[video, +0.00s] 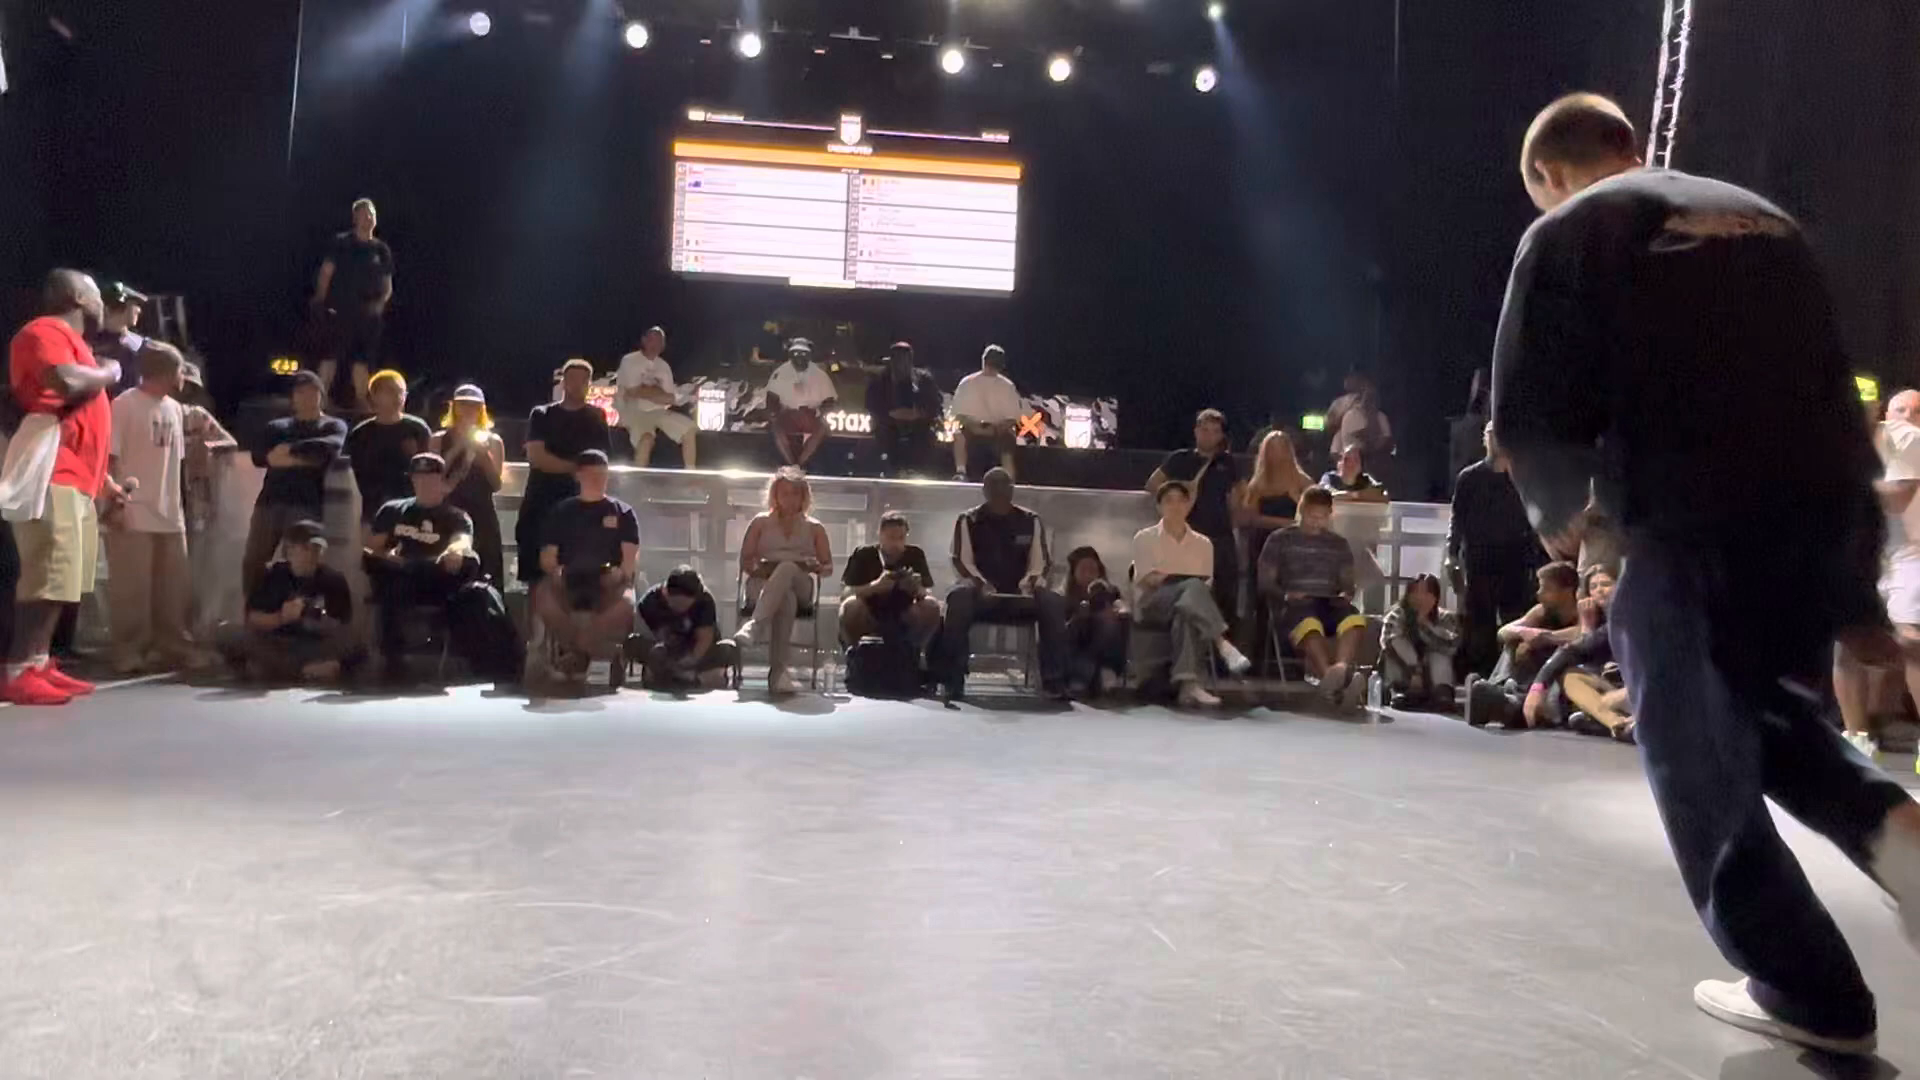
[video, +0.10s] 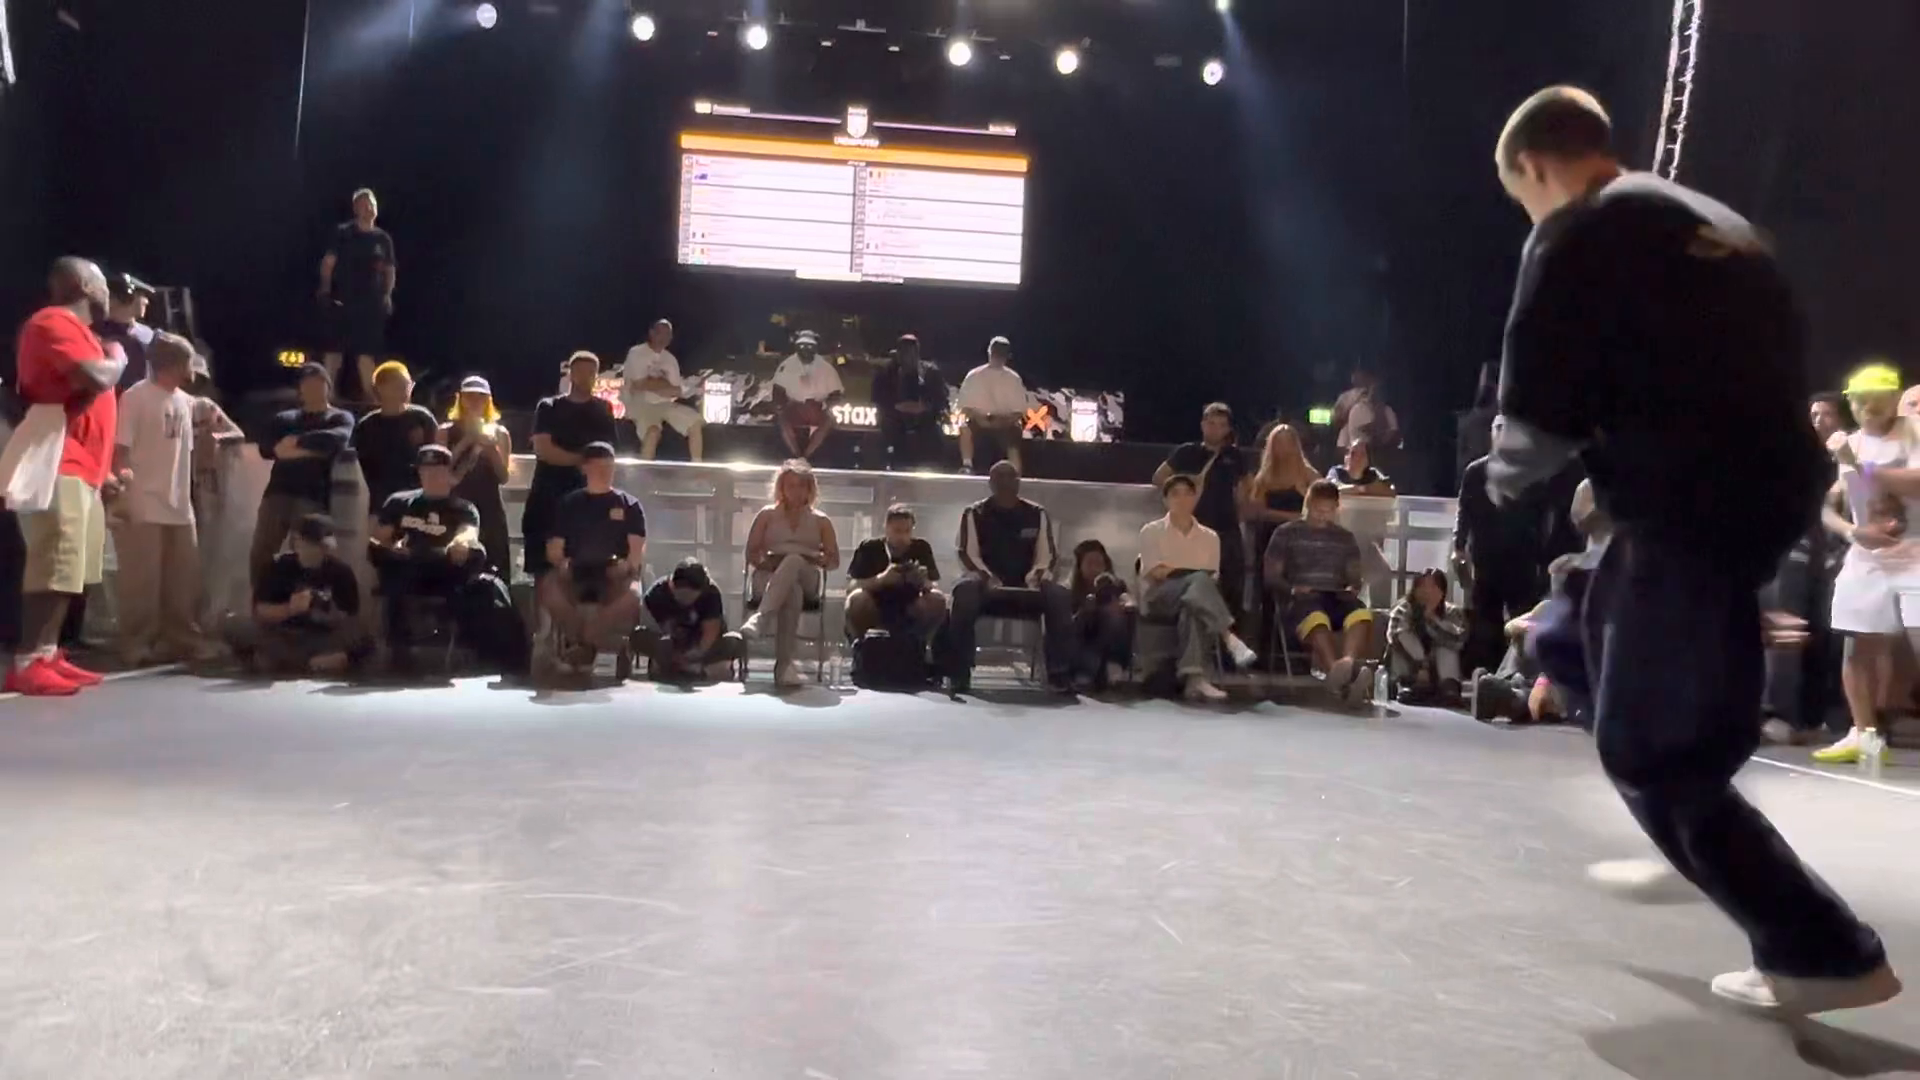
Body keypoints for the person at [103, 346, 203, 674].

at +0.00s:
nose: (180, 381)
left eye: (180, 375)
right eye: (176, 375)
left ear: (166, 375)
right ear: (158, 374)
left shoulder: (175, 409)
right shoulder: (124, 406)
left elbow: (175, 458)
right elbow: (112, 456)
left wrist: (179, 501)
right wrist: (114, 498)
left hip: (169, 509)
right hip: (132, 510)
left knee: (174, 583)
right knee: (131, 586)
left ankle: (173, 644)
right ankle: (128, 650)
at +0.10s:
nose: (189, 375)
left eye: (190, 368)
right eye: (185, 368)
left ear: (179, 368)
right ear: (165, 366)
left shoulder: (185, 401)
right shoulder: (134, 397)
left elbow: (187, 448)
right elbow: (121, 449)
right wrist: (125, 482)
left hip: (178, 498)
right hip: (142, 499)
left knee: (184, 573)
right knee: (140, 577)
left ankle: (182, 635)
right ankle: (136, 642)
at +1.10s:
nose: (292, 319)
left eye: (291, 313)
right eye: (286, 313)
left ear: (277, 317)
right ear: (266, 316)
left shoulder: (282, 355)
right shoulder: (234, 348)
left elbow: (286, 403)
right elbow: (222, 398)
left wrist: (287, 446)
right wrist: (228, 440)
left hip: (274, 452)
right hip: (240, 452)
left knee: (265, 527)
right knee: (232, 517)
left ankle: (250, 585)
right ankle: (199, 579)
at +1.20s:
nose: (291, 318)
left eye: (291, 311)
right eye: (285, 311)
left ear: (285, 314)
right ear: (266, 312)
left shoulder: (286, 353)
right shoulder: (236, 346)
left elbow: (291, 402)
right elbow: (222, 395)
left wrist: (293, 444)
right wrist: (228, 437)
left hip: (278, 451)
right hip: (243, 450)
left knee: (269, 525)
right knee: (238, 514)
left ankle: (251, 584)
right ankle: (201, 575)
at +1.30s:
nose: (290, 314)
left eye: (291, 308)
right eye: (283, 307)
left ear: (288, 311)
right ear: (263, 308)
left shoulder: (290, 352)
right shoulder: (236, 345)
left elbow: (296, 402)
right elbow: (224, 393)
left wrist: (298, 440)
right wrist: (227, 432)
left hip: (281, 449)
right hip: (247, 448)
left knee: (272, 521)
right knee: (244, 511)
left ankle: (256, 580)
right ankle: (211, 574)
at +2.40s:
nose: (269, 286)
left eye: (269, 280)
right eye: (263, 280)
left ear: (267, 287)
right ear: (244, 285)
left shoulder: (275, 329)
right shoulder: (224, 323)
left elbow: (283, 379)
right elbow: (213, 372)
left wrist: (287, 419)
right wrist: (222, 409)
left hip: (265, 429)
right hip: (231, 426)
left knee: (262, 503)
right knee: (223, 501)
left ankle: (265, 560)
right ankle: (211, 562)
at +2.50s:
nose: (265, 287)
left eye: (266, 281)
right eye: (258, 281)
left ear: (266, 286)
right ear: (241, 285)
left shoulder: (271, 326)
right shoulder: (224, 323)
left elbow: (278, 377)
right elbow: (215, 372)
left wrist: (287, 417)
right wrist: (228, 407)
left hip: (264, 426)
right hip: (231, 424)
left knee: (262, 498)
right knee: (224, 498)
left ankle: (263, 555)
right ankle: (215, 558)